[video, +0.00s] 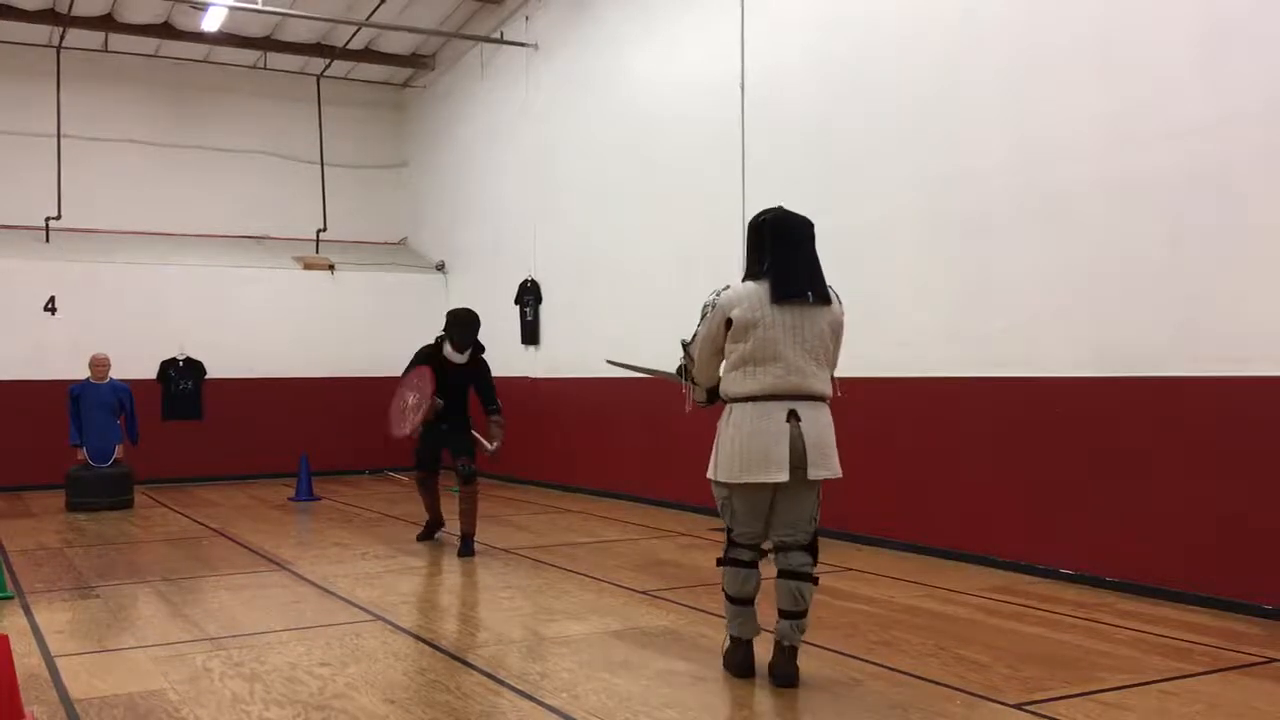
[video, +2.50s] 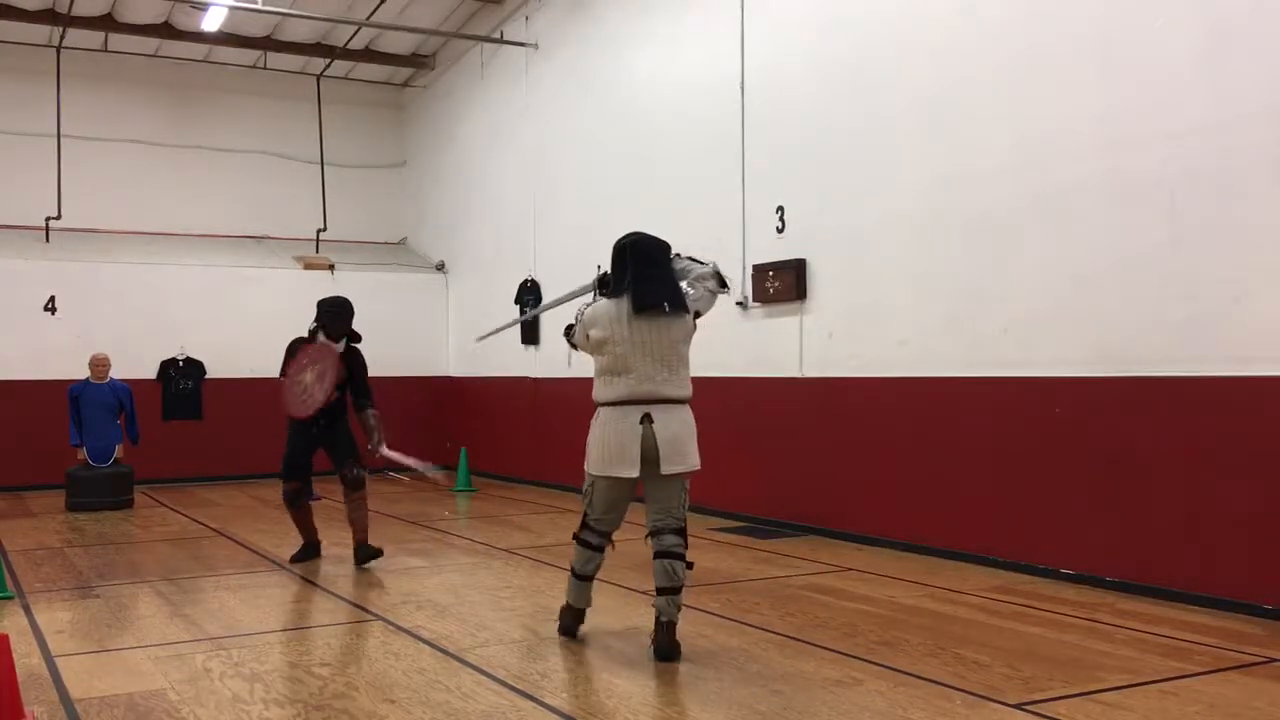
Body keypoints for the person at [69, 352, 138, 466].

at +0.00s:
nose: (100, 369)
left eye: (104, 366)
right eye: (97, 366)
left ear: (109, 367)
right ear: (90, 367)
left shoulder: (120, 389)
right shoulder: (78, 390)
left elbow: (129, 416)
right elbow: (75, 420)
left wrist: (132, 438)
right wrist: (78, 445)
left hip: (113, 445)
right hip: (88, 444)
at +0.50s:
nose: (100, 369)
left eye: (104, 366)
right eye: (97, 366)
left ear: (109, 367)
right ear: (90, 367)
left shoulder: (121, 390)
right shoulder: (77, 390)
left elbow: (129, 416)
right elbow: (74, 419)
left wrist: (133, 438)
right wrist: (78, 445)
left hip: (113, 445)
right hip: (87, 445)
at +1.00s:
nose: (100, 369)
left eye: (104, 366)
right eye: (96, 366)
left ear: (109, 367)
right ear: (90, 367)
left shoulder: (121, 389)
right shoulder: (77, 391)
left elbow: (130, 416)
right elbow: (74, 420)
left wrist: (133, 438)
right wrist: (78, 445)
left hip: (113, 444)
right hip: (87, 444)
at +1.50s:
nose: (100, 369)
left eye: (104, 366)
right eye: (96, 366)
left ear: (109, 367)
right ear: (90, 367)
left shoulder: (121, 389)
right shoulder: (77, 390)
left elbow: (130, 415)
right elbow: (75, 420)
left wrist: (133, 437)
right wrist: (78, 445)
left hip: (113, 444)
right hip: (87, 444)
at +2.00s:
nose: (100, 369)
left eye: (104, 366)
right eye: (97, 366)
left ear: (109, 367)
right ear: (90, 367)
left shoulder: (120, 389)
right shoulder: (77, 390)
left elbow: (129, 415)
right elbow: (75, 420)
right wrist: (79, 446)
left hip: (113, 445)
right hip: (88, 444)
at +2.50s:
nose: (100, 369)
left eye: (104, 366)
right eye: (97, 366)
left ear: (109, 367)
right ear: (90, 367)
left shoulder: (121, 389)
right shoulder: (77, 390)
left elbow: (130, 415)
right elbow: (74, 419)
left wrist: (133, 437)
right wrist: (78, 444)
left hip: (113, 444)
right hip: (88, 444)